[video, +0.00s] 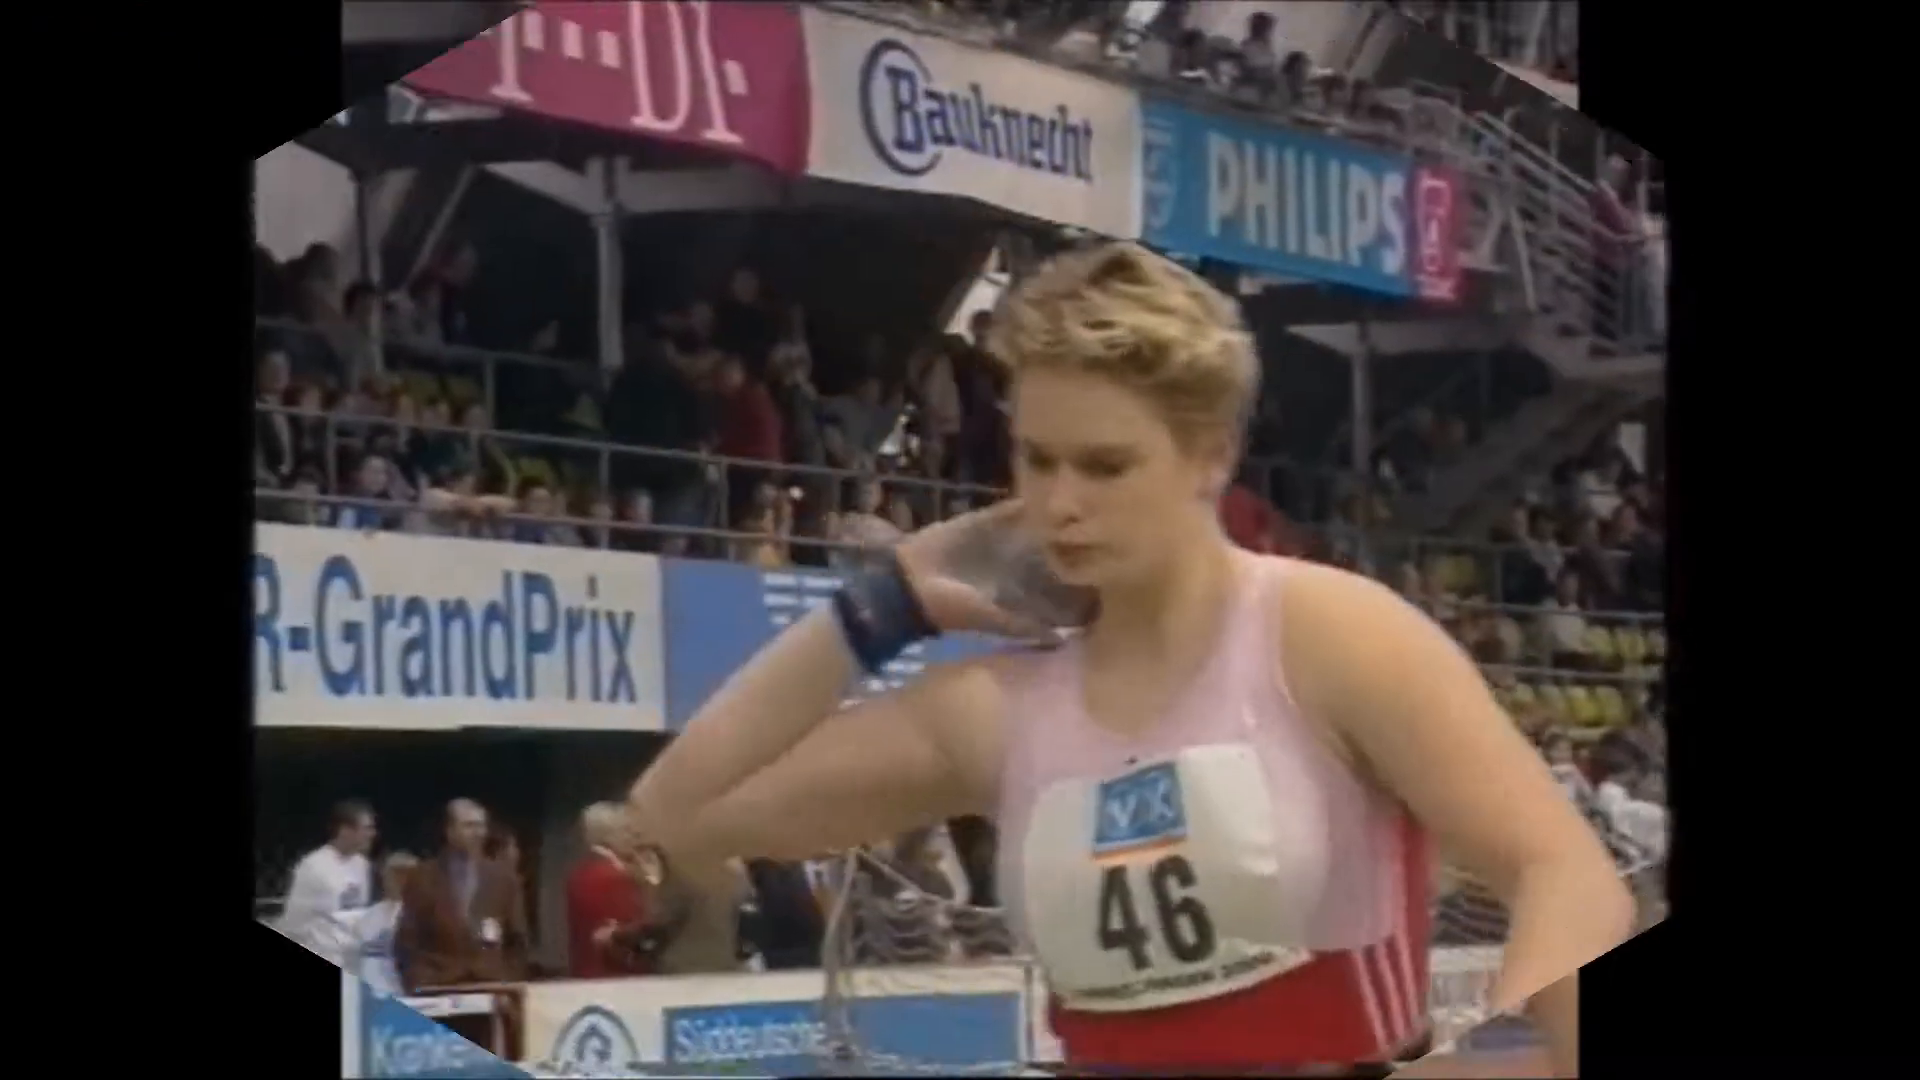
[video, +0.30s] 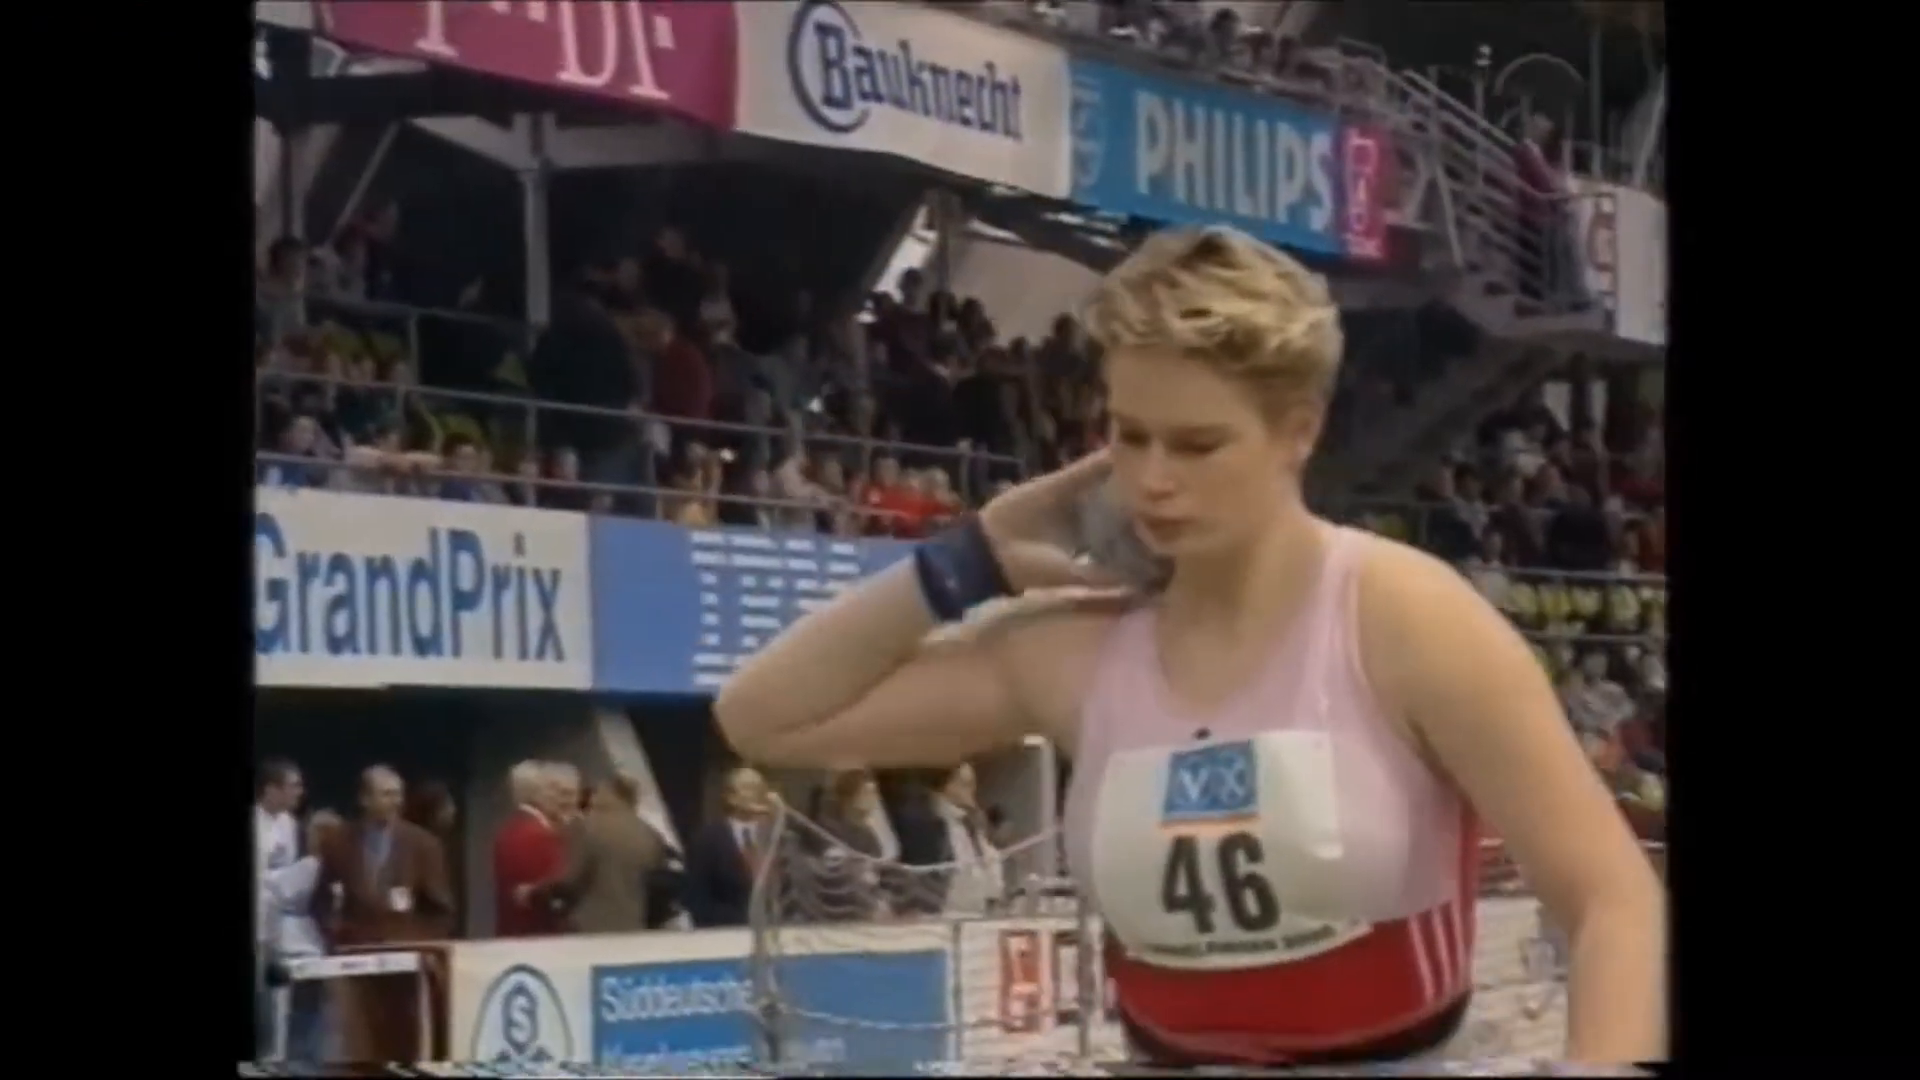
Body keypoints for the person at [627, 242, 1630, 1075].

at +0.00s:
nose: (1056, 505)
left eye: (1101, 464)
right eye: (1034, 463)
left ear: (1210, 462)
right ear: (1008, 462)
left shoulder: (1331, 633)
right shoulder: (989, 712)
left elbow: (1570, 881)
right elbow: (670, 818)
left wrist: (1504, 1048)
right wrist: (879, 605)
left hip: (1352, 1057)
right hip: (1112, 1066)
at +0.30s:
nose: (1152, 482)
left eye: (1197, 444)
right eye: (1128, 435)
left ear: (1297, 433)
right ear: (1100, 424)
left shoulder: (1399, 612)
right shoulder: (1069, 655)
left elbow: (1613, 899)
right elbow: (759, 720)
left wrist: (1601, 1073)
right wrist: (970, 558)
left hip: (1403, 1058)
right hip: (1168, 1062)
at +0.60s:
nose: (1155, 431)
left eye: (1199, 394)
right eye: (1132, 385)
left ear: (1297, 373)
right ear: (1104, 366)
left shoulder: (1402, 558)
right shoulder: (1065, 562)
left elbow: (1621, 867)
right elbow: (759, 594)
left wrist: (1668, 1042)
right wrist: (972, 474)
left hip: (1355, 1055)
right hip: (1119, 1055)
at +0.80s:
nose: (1116, 421)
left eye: (1160, 384)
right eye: (1093, 376)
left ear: (1260, 358)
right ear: (1064, 355)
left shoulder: (1357, 533)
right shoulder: (1027, 546)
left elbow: (1566, 833)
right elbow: (704, 596)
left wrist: (1650, 1052)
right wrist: (943, 461)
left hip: (1324, 1055)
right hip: (1089, 1054)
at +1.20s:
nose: (904, 472)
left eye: (948, 424)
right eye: (867, 423)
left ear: (1047, 375)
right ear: (832, 397)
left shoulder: (1162, 521)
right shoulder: (817, 555)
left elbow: (1330, 875)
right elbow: (437, 669)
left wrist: (1286, 1069)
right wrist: (719, 580)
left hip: (1192, 1048)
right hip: (943, 1053)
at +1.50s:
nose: (717, 554)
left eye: (765, 508)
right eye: (677, 502)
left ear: (874, 426)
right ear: (641, 448)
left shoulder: (1024, 544)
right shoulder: (633, 548)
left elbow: (1241, 947)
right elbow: (273, 747)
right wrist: (556, 687)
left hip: (1104, 1042)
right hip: (855, 1049)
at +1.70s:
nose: (659, 707)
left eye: (705, 664)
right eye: (617, 665)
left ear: (818, 560)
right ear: (574, 594)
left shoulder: (996, 635)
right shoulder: (543, 647)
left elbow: (1251, 1041)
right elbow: (256, 867)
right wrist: (505, 814)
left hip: (1089, 1038)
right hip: (840, 1048)